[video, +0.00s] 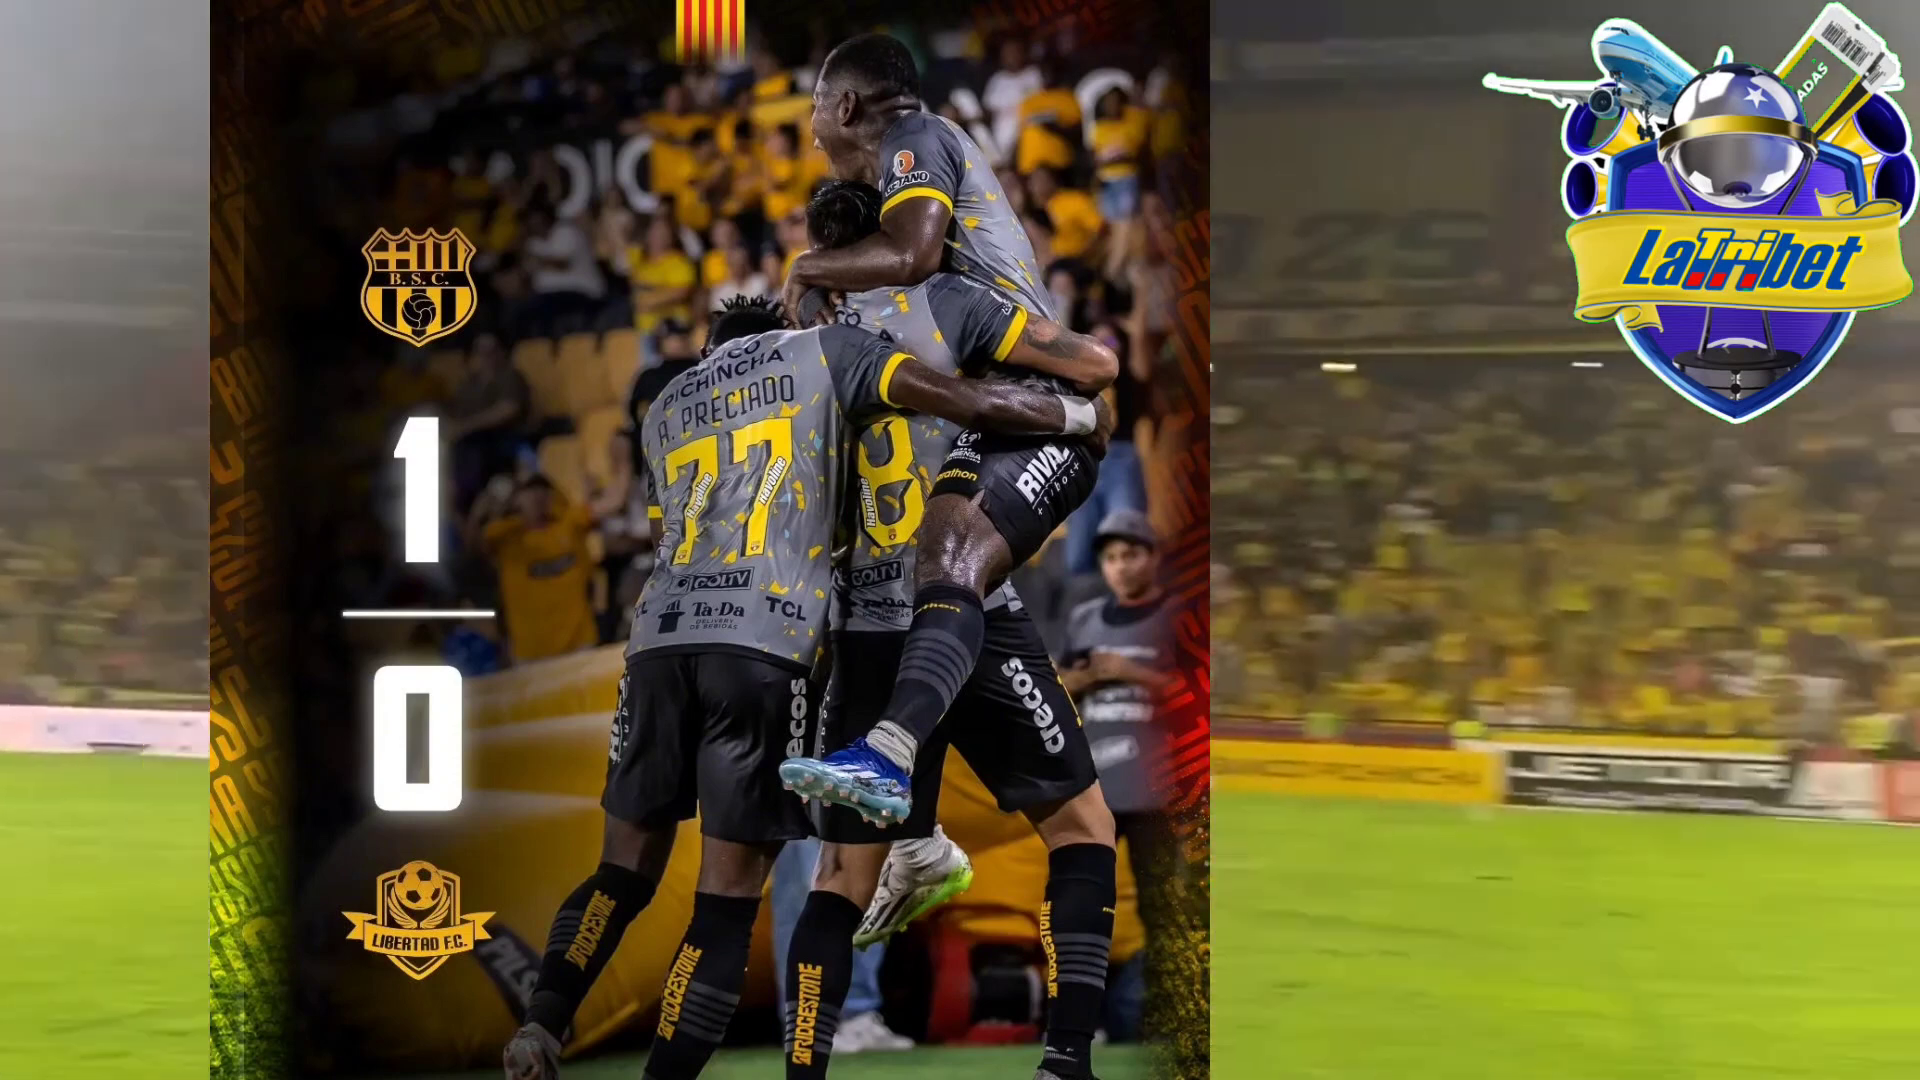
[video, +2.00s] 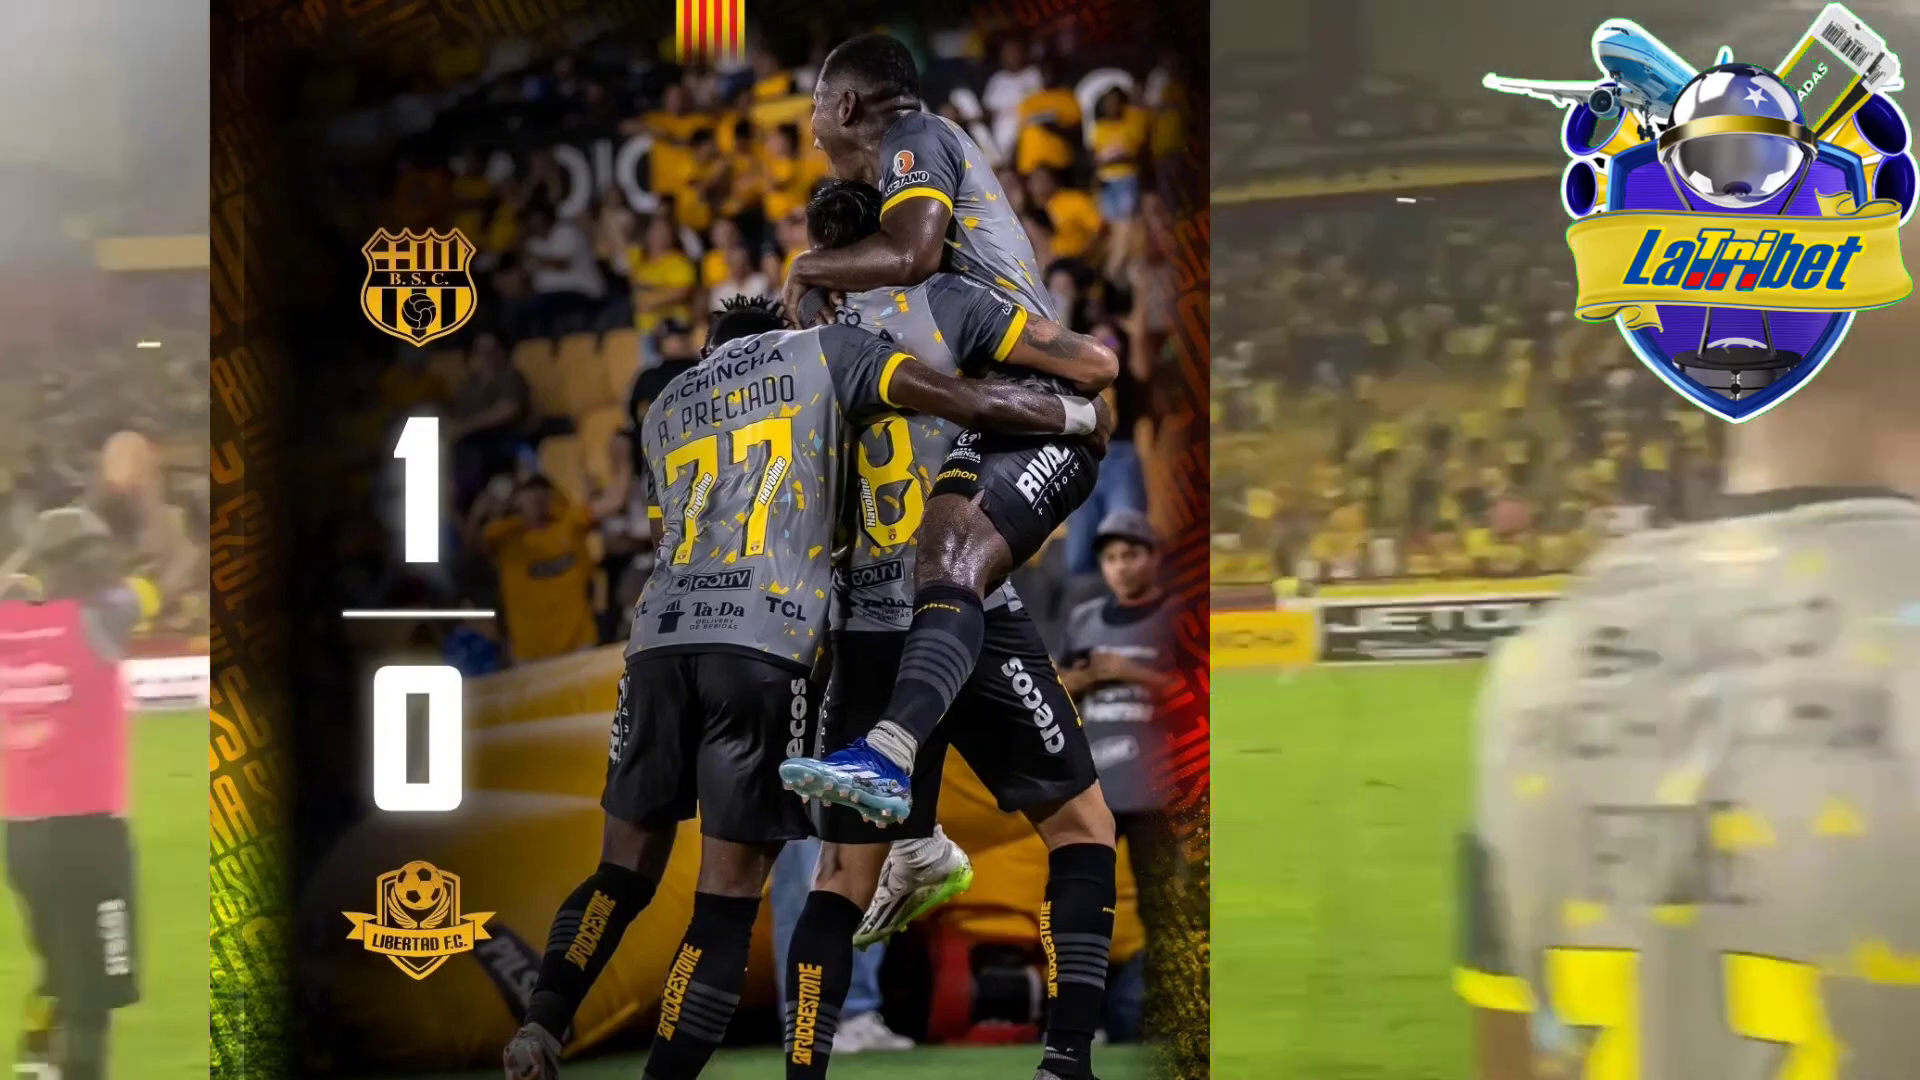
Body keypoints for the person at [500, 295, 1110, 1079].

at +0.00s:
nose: (826, 325)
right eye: (814, 319)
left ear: (710, 345)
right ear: (793, 324)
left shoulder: (661, 406)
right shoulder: (829, 348)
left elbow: (682, 519)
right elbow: (970, 399)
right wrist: (1086, 418)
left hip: (657, 648)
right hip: (762, 649)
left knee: (623, 865)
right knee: (727, 892)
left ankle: (542, 1027)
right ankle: (667, 1075)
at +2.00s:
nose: (826, 326)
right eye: (814, 319)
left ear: (709, 346)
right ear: (792, 324)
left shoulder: (660, 405)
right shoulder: (830, 348)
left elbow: (680, 521)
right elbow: (970, 400)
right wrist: (1088, 417)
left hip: (657, 648)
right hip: (762, 649)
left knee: (623, 865)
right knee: (727, 892)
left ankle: (542, 1028)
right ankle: (667, 1075)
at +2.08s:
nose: (826, 326)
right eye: (814, 319)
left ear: (709, 346)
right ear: (792, 324)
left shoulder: (660, 405)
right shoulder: (830, 348)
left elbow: (680, 521)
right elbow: (970, 400)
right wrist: (1088, 417)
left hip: (657, 648)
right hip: (762, 649)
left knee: (623, 865)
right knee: (727, 892)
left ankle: (542, 1028)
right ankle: (667, 1075)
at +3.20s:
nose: (826, 325)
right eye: (814, 319)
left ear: (709, 346)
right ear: (792, 324)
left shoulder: (660, 405)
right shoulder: (830, 348)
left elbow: (680, 521)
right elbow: (970, 400)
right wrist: (1088, 416)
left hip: (657, 648)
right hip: (762, 649)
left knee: (623, 865)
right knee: (727, 892)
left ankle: (542, 1028)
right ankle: (667, 1075)